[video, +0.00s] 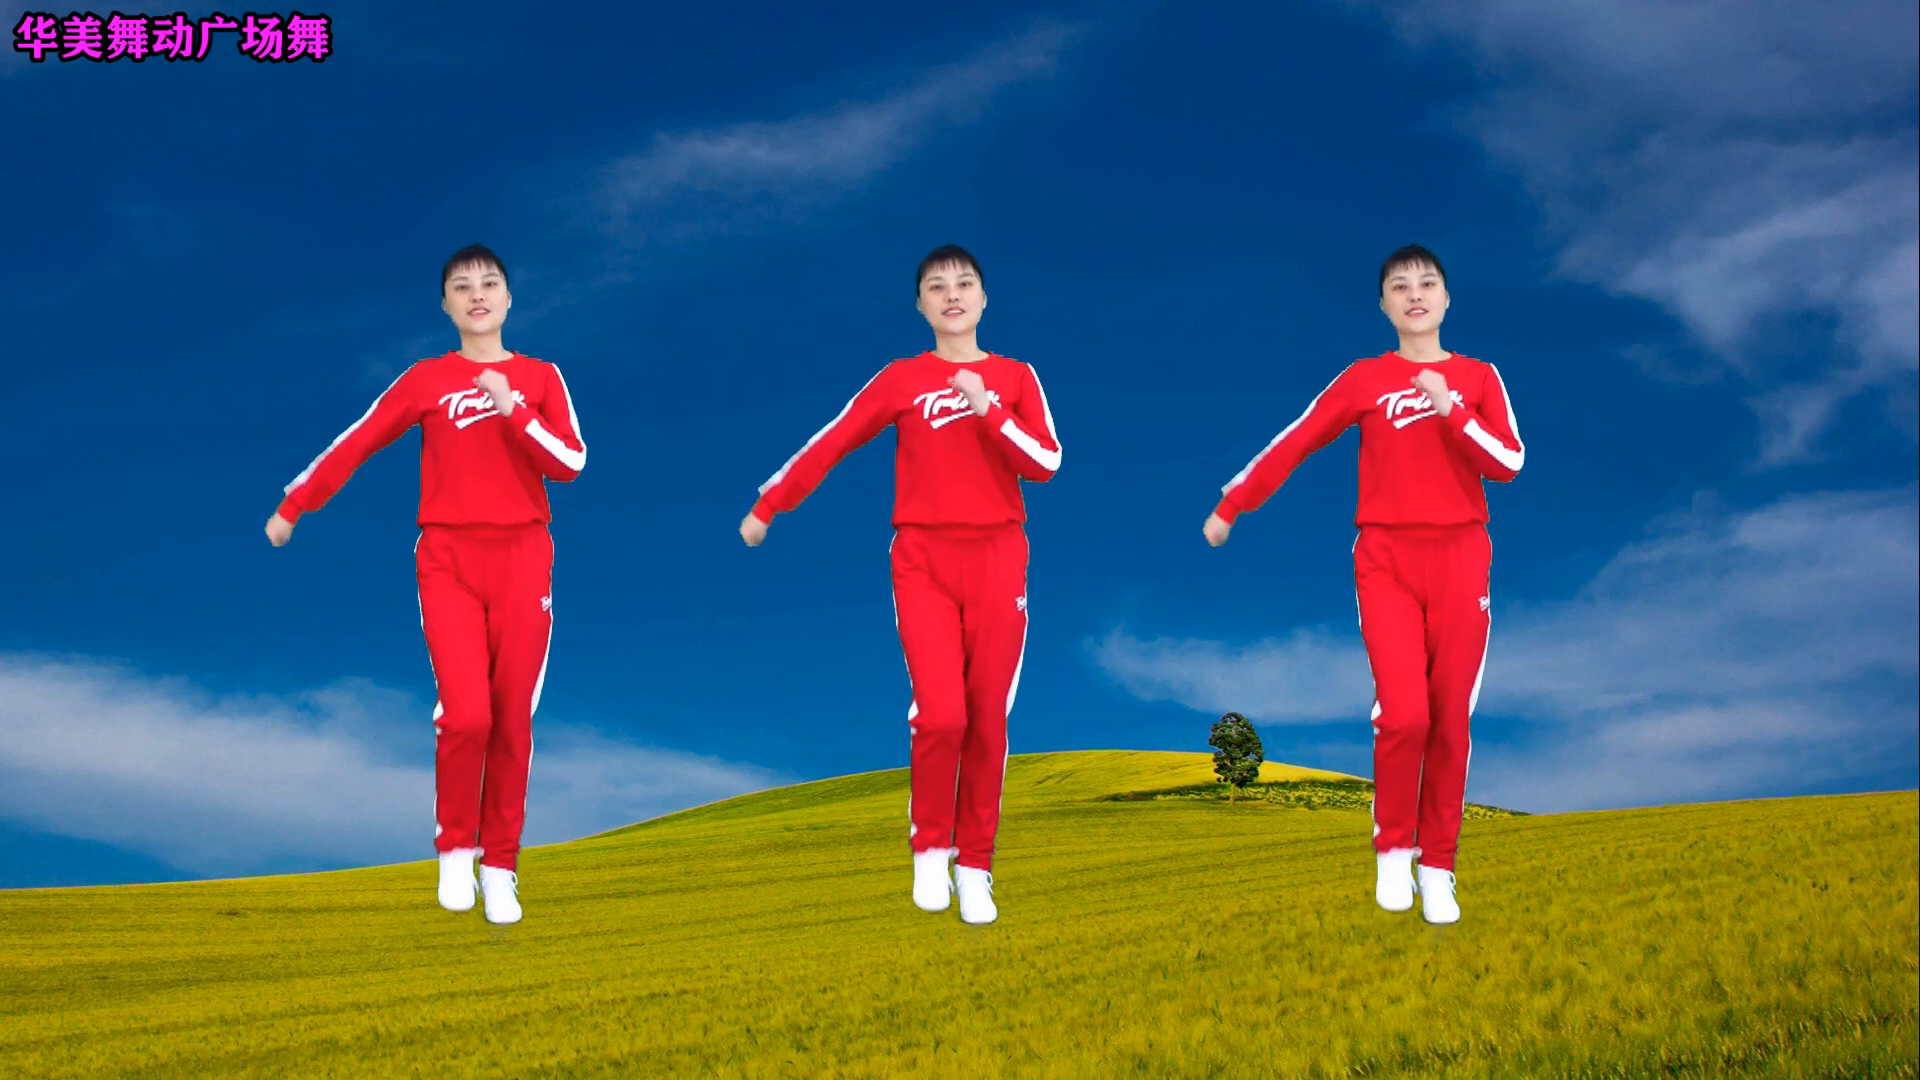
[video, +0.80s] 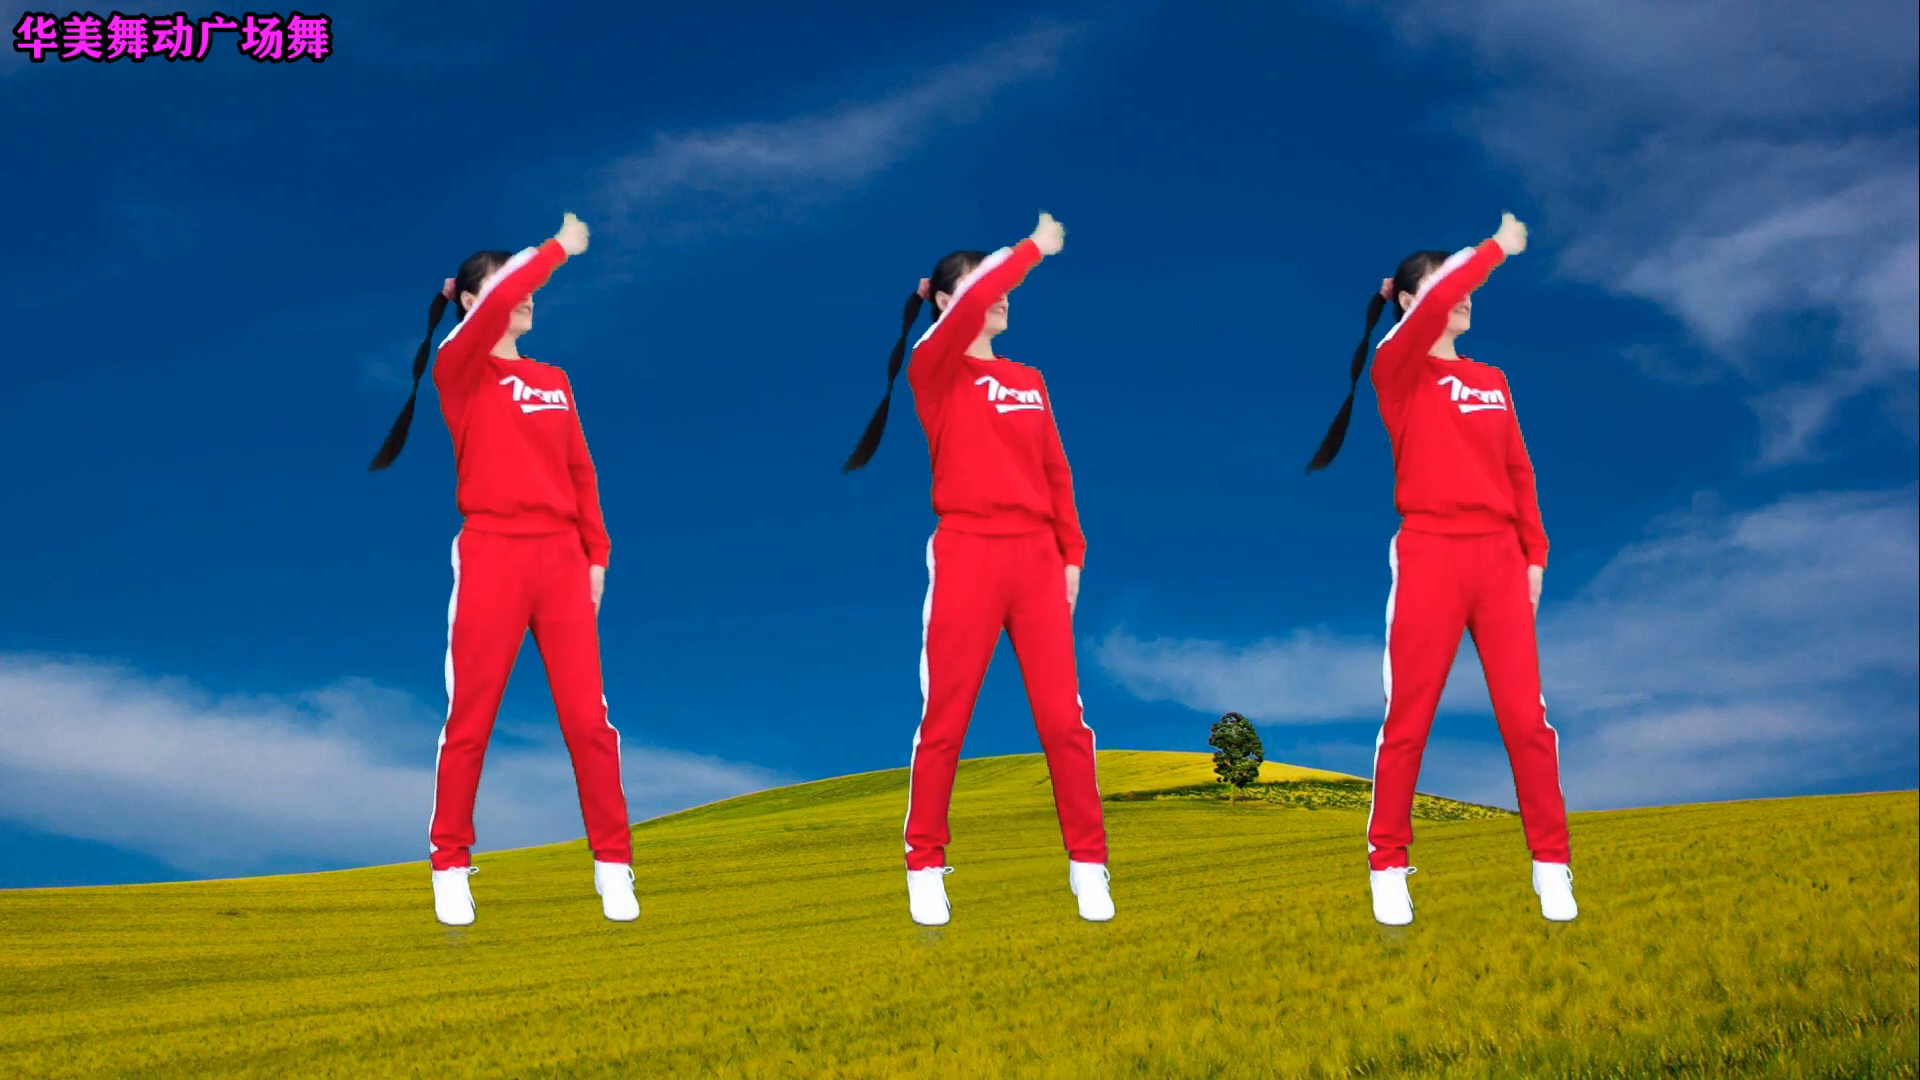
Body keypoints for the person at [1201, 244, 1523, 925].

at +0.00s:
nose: (1416, 295)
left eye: (1427, 284)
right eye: (1401, 287)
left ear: (1446, 298)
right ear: (1385, 305)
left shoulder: (1477, 376)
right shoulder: (1362, 380)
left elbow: (1508, 463)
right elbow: (1294, 442)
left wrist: (1453, 412)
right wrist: (1229, 504)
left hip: (1462, 557)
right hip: (1386, 558)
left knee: (1452, 714)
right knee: (1404, 713)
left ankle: (1438, 861)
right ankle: (1394, 849)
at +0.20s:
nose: (1422, 302)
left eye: (1431, 292)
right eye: (1406, 294)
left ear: (1445, 308)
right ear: (1383, 312)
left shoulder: (1474, 389)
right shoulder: (1355, 383)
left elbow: (1502, 473)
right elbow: (1268, 419)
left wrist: (1478, 489)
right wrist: (1175, 454)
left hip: (1461, 564)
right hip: (1386, 565)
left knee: (1450, 725)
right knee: (1394, 726)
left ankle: (1436, 868)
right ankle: (1388, 870)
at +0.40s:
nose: (1433, 314)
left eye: (1436, 305)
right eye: (1415, 306)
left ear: (1444, 324)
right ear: (1381, 327)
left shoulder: (1471, 404)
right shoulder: (1361, 404)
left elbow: (1495, 498)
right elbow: (1295, 472)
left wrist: (1511, 583)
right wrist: (1229, 539)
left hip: (1454, 580)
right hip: (1380, 577)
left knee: (1460, 729)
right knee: (1385, 732)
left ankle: (1446, 844)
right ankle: (1387, 871)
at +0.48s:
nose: (1435, 319)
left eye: (1437, 310)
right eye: (1418, 311)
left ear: (1443, 329)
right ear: (1382, 331)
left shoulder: (1469, 411)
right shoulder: (1367, 407)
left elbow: (1490, 508)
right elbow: (1348, 497)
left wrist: (1504, 590)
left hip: (1453, 588)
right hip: (1381, 585)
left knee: (1473, 725)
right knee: (1385, 741)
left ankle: (1461, 829)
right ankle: (1386, 870)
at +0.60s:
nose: (1438, 301)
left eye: (1440, 291)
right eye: (1421, 291)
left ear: (1444, 309)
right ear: (1385, 311)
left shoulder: (1469, 392)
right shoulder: (1371, 378)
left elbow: (1489, 490)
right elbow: (1428, 429)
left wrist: (1499, 567)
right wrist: (1522, 452)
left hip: (1465, 565)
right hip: (1394, 561)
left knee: (1496, 709)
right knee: (1392, 724)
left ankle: (1500, 834)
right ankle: (1386, 868)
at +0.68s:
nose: (1443, 289)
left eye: (1446, 279)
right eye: (1426, 279)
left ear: (1451, 297)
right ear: (1391, 299)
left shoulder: (1473, 369)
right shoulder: (1375, 364)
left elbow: (1498, 467)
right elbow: (1443, 362)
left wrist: (1510, 552)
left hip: (1477, 548)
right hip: (1405, 548)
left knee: (1509, 706)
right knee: (1400, 716)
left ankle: (1533, 846)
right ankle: (1388, 864)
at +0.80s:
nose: (1468, 291)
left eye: (1467, 281)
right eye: (1453, 282)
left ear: (1458, 302)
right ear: (1412, 301)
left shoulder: (1491, 380)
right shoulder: (1395, 370)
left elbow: (1520, 472)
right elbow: (1434, 300)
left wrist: (1534, 552)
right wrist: (1497, 247)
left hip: (1502, 554)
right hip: (1429, 554)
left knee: (1526, 715)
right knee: (1409, 716)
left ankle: (1552, 859)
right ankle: (1388, 862)